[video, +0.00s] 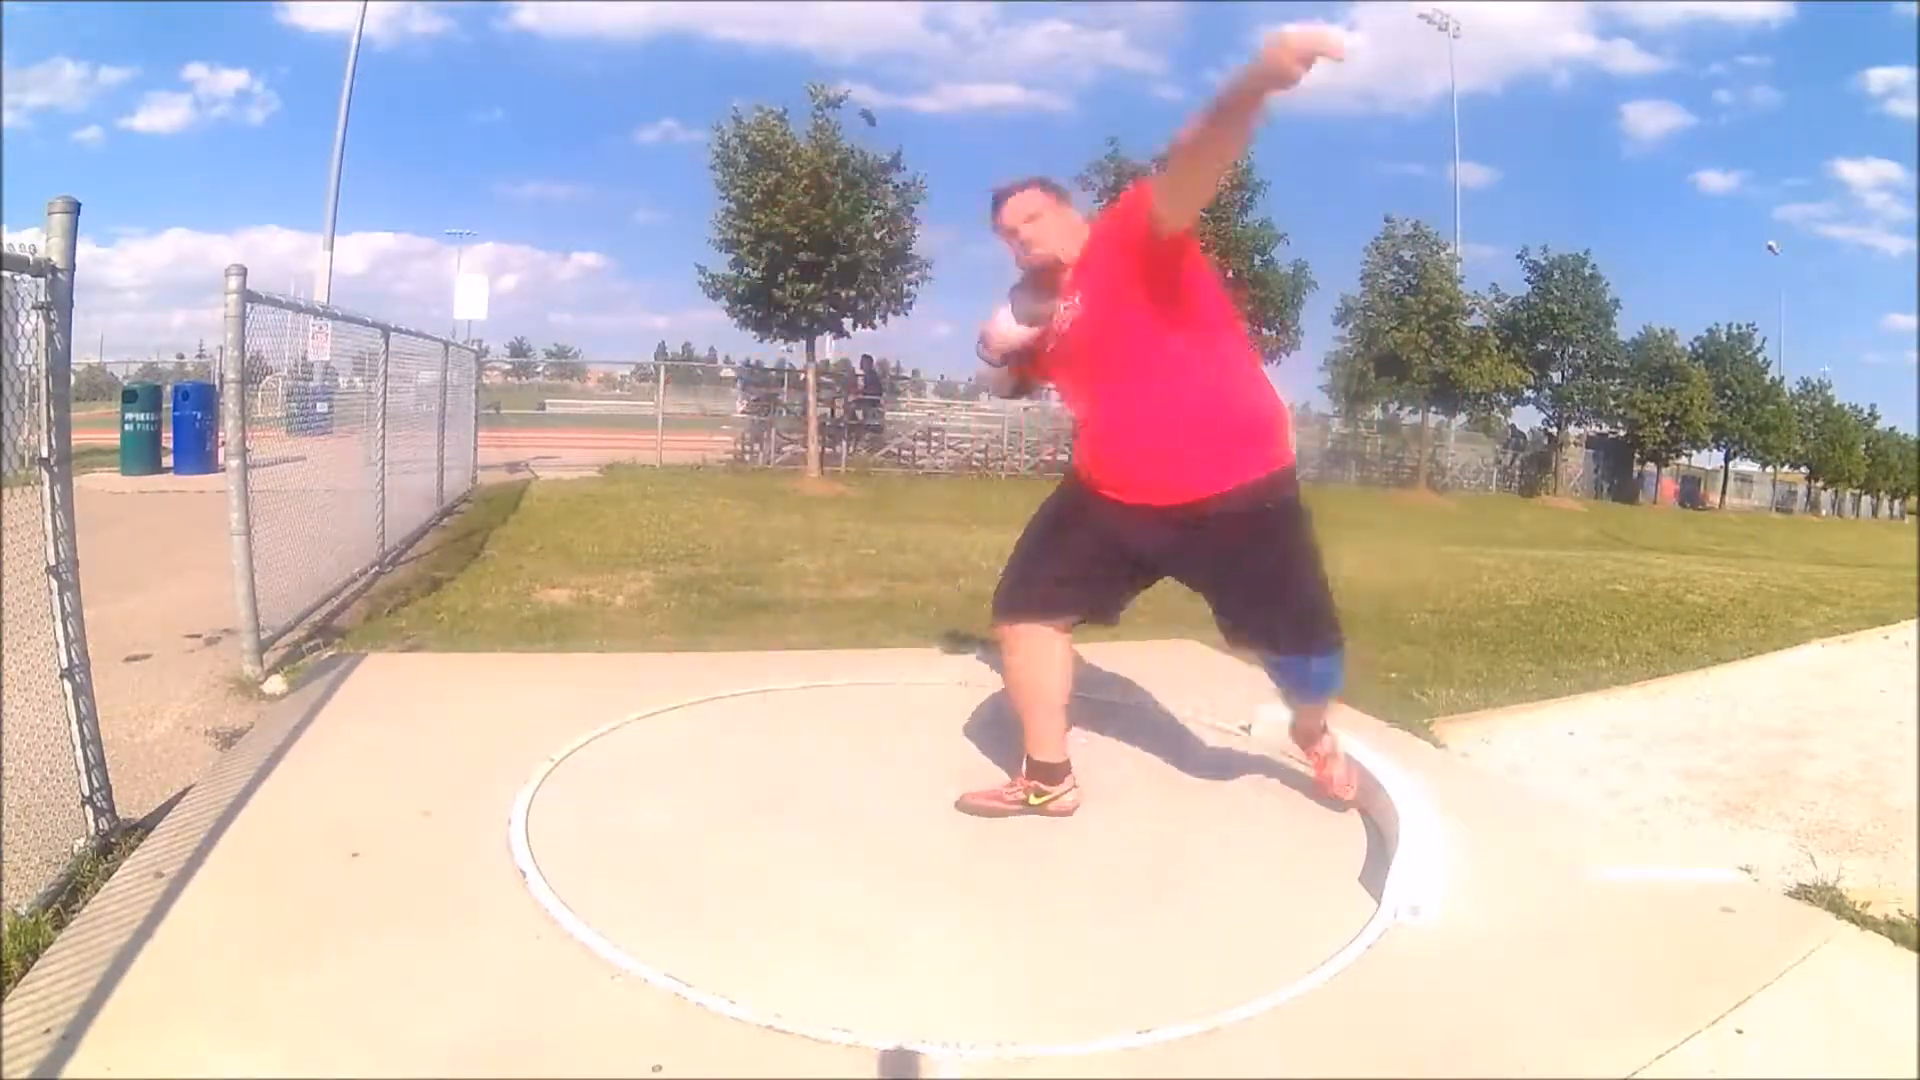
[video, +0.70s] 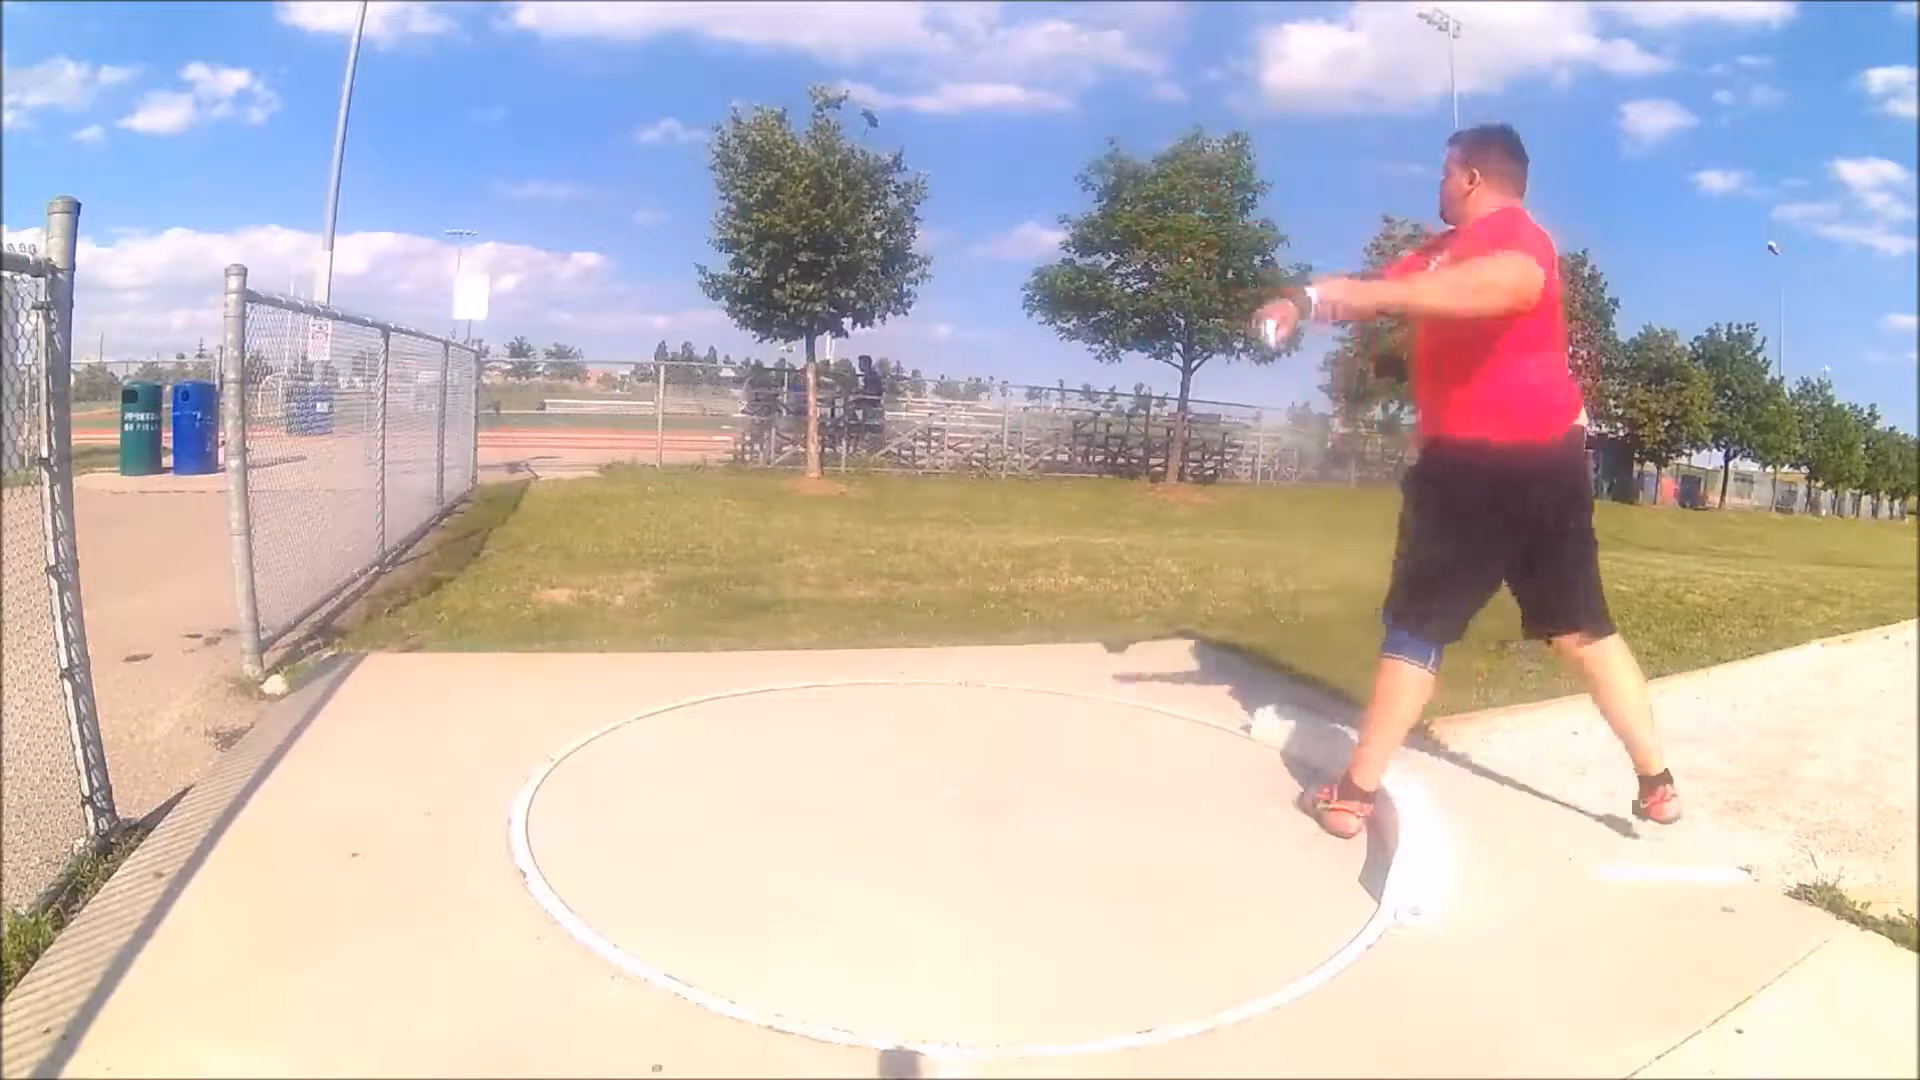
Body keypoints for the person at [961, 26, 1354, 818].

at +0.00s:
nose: (1023, 238)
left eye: (1032, 219)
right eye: (1010, 237)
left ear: (1074, 210)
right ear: (1013, 257)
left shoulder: (1139, 226)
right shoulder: (1047, 322)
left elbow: (1198, 162)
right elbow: (1010, 379)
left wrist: (1256, 82)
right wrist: (1002, 358)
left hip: (1242, 495)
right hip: (1110, 500)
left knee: (1310, 652)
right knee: (1025, 613)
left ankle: (1315, 736)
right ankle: (1046, 771)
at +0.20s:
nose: (1276, 132)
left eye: (1266, 123)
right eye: (1261, 125)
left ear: (1206, 161)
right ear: (1243, 142)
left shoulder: (1211, 232)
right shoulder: (1254, 193)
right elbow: (1324, 162)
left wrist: (1362, 119)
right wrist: (1399, 121)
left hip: (1322, 442)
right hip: (1255, 439)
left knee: (1355, 608)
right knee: (1179, 603)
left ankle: (1296, 761)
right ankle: (1036, 729)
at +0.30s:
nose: (1318, 133)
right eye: (1325, 121)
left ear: (1263, 138)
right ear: (1331, 121)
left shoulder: (1231, 210)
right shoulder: (1383, 171)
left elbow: (1196, 302)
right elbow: (1487, 143)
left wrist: (1271, 300)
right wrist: (1546, 107)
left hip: (1264, 413)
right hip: (1328, 422)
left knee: (1345, 590)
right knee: (1270, 607)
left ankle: (1292, 761)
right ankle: (1082, 687)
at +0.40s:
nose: (1354, 155)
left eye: (1350, 145)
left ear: (1348, 148)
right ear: (1416, 148)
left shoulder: (1315, 209)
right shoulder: (1453, 215)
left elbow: (1200, 261)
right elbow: (1455, 235)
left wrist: (1216, 224)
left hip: (1313, 426)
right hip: (1417, 433)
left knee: (1328, 607)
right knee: (1394, 630)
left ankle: (1326, 781)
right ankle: (1260, 699)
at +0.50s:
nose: (1375, 169)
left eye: (1376, 159)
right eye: (1381, 160)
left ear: (1384, 161)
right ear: (1447, 166)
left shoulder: (1375, 222)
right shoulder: (1461, 234)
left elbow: (1259, 261)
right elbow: (1369, 278)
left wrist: (1208, 239)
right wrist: (1300, 305)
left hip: (1371, 444)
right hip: (1476, 438)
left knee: (1354, 621)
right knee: (1473, 605)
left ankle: (1350, 795)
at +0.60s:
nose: (1403, 176)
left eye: (1407, 165)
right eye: (1408, 165)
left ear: (1425, 163)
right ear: (1474, 169)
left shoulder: (1448, 220)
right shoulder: (1464, 232)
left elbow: (1391, 264)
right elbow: (1363, 289)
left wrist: (1267, 257)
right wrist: (1283, 317)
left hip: (1420, 453)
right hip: (1514, 447)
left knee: (1385, 622)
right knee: (1540, 616)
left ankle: (1351, 793)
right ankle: (1637, 740)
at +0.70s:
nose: (1441, 190)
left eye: (1447, 177)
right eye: (1444, 178)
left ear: (1471, 178)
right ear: (1506, 182)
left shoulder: (1510, 233)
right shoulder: (1449, 250)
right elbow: (1381, 293)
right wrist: (1306, 301)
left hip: (1468, 464)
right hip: (1552, 464)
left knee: (1415, 632)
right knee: (1581, 626)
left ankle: (1356, 792)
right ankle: (1657, 779)